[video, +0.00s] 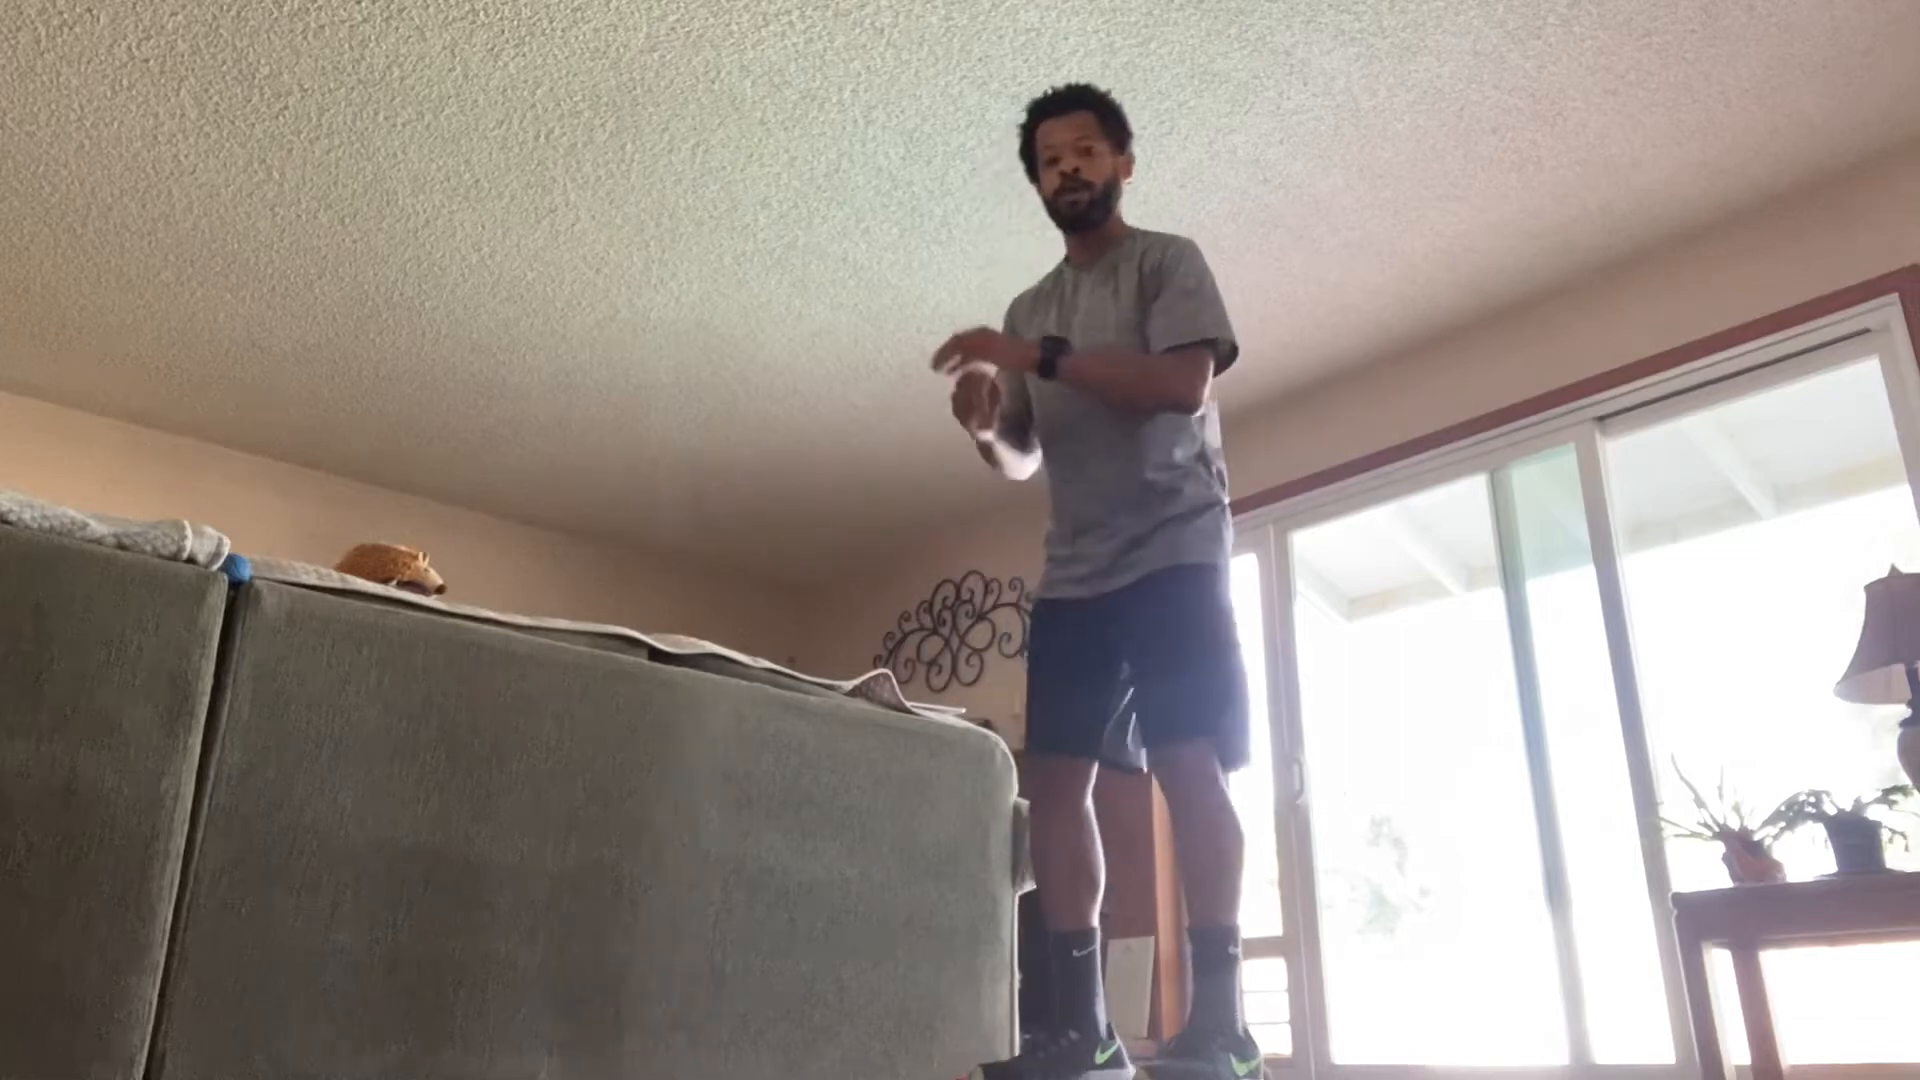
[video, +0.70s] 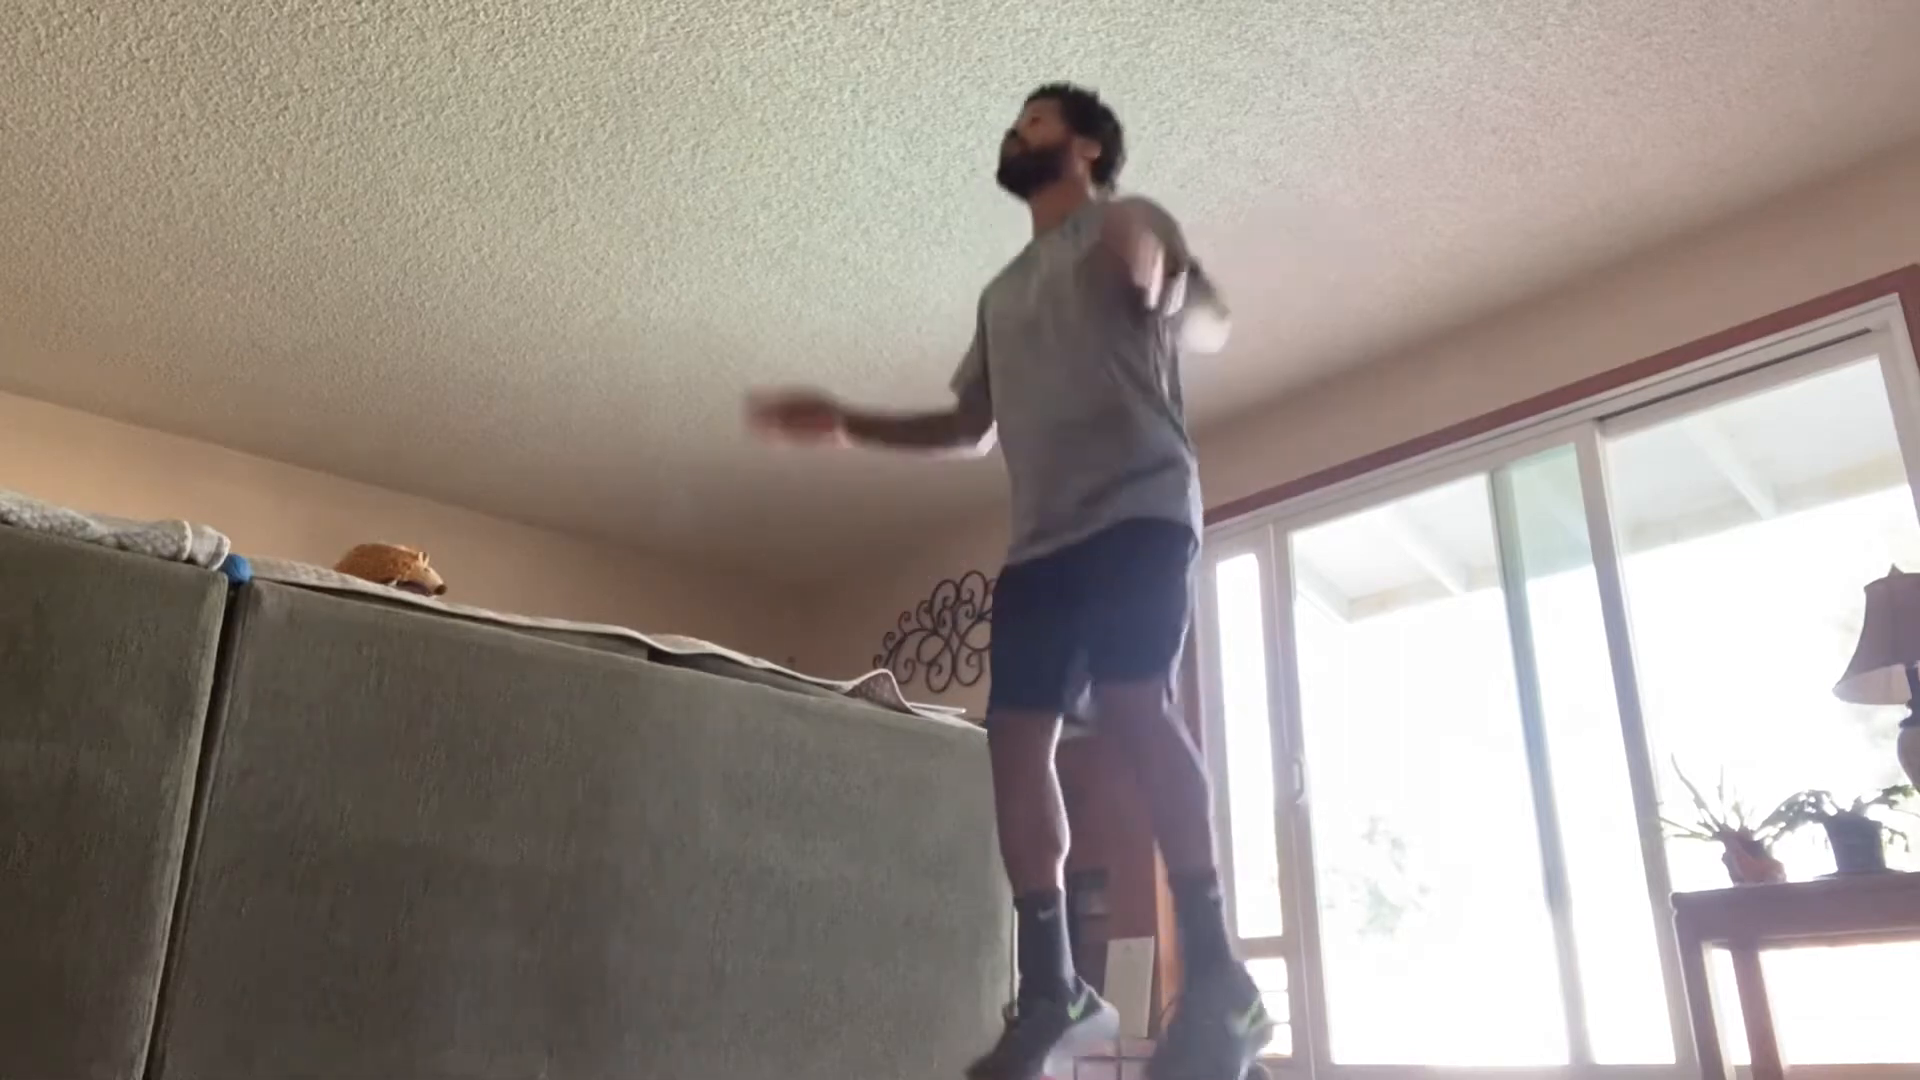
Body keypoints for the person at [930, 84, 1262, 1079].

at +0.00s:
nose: (1068, 169)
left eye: (1084, 151)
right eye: (1049, 162)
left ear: (1125, 161)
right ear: (1034, 189)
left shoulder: (1169, 260)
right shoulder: (1030, 314)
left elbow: (1182, 382)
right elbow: (1023, 455)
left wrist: (1037, 356)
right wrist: (986, 424)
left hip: (1173, 555)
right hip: (1073, 571)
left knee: (1186, 766)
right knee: (1054, 779)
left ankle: (1216, 1023)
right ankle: (1067, 1024)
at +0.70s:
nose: (1014, 127)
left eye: (1036, 115)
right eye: (1014, 119)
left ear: (1088, 146)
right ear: (1026, 162)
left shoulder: (1125, 221)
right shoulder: (1002, 292)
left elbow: (1181, 297)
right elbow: (969, 425)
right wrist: (846, 421)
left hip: (1137, 504)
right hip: (1041, 535)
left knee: (1131, 709)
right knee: (1017, 736)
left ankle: (1217, 983)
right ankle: (1050, 990)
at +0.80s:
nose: (1028, 117)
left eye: (1052, 108)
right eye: (1026, 111)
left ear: (1103, 139)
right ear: (1029, 156)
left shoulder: (1136, 207)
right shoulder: (1011, 276)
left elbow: (1233, 204)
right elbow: (922, 377)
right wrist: (825, 301)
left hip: (1141, 493)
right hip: (1039, 519)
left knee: (1144, 693)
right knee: (1001, 726)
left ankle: (1280, 954)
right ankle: (1036, 974)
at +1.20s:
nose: (1029, 118)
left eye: (1051, 105)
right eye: (1029, 110)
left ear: (1103, 129)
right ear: (1045, 148)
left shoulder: (1138, 185)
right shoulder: (1012, 269)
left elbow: (1259, 227)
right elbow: (968, 404)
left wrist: (1239, 152)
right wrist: (850, 375)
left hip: (1140, 465)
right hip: (1044, 485)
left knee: (1137, 671)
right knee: (1021, 709)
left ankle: (1261, 932)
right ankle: (1078, 947)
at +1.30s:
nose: (1017, 130)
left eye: (1041, 119)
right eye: (1015, 123)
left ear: (1092, 149)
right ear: (1013, 164)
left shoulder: (1132, 220)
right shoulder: (1008, 288)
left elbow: (1236, 328)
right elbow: (1029, 430)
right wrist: (940, 476)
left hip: (1133, 487)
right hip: (1043, 503)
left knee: (1115, 709)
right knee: (1042, 738)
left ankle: (1215, 959)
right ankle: (1127, 964)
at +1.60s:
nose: (1017, 103)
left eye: (1040, 92)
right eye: (1017, 97)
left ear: (1092, 123)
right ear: (1030, 138)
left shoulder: (1130, 195)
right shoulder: (1004, 260)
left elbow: (1228, 281)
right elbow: (989, 395)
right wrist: (868, 413)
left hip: (1127, 467)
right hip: (1034, 486)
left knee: (1126, 690)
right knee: (1043, 726)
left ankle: (1216, 945)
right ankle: (1100, 947)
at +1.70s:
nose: (1016, 107)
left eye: (1040, 96)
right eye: (1017, 100)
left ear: (1091, 122)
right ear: (1031, 140)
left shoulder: (1124, 189)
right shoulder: (1008, 256)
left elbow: (1256, 175)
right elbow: (932, 359)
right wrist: (832, 292)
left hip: (1130, 471)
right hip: (1033, 492)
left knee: (1132, 679)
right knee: (1002, 712)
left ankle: (1267, 938)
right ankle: (1055, 958)